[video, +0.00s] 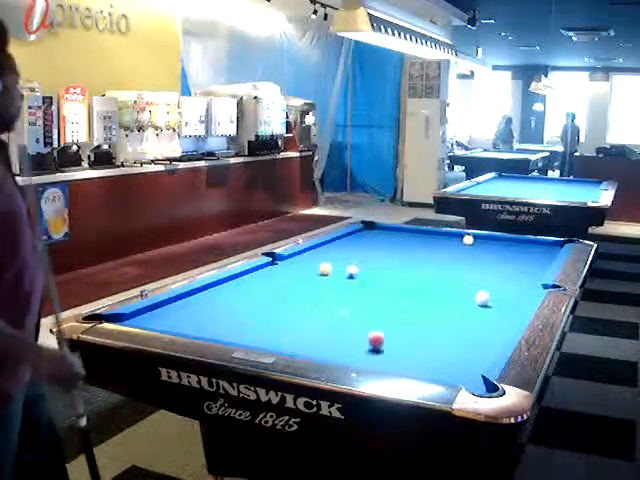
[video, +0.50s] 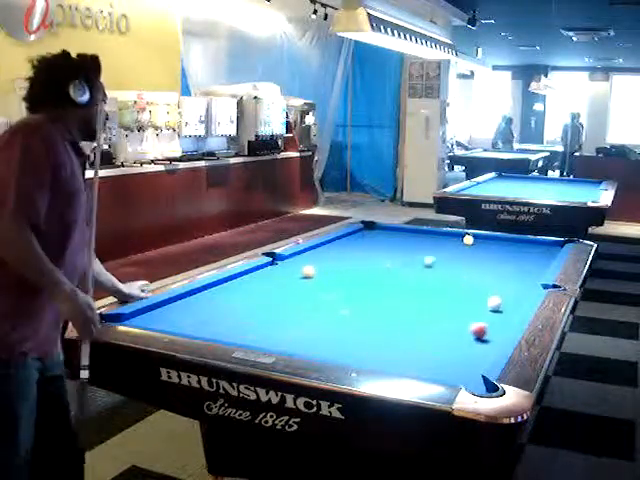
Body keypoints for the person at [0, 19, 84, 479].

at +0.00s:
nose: (16, 88)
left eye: (13, 76)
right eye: (8, 77)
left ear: (14, 85)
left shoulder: (6, 160)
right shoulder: (2, 169)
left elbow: (18, 237)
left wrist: (37, 269)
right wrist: (34, 358)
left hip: (21, 377)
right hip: (1, 387)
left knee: (47, 460)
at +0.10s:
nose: (35, 93)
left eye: (31, 79)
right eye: (23, 80)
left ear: (19, 91)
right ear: (3, 92)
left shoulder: (14, 165)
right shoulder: (6, 171)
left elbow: (17, 260)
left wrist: (43, 293)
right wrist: (44, 343)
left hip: (27, 370)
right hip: (6, 381)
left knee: (53, 464)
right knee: (12, 472)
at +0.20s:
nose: (54, 101)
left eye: (50, 87)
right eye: (43, 88)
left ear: (31, 95)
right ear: (18, 95)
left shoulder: (28, 161)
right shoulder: (10, 167)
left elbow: (23, 253)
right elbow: (3, 282)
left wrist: (64, 280)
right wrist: (52, 339)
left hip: (33, 362)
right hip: (10, 374)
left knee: (59, 451)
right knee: (14, 469)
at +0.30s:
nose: (79, 104)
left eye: (76, 90)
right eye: (71, 90)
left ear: (37, 94)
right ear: (48, 94)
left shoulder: (40, 155)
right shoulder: (19, 161)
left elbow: (34, 255)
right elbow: (11, 272)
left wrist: (82, 280)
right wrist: (62, 324)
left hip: (38, 355)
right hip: (15, 365)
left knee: (56, 461)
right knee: (19, 467)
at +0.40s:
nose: (94, 107)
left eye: (93, 94)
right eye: (89, 93)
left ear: (51, 94)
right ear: (69, 94)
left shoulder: (52, 149)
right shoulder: (28, 146)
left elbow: (51, 241)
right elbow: (11, 241)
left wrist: (98, 281)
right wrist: (69, 307)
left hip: (40, 340)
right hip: (14, 344)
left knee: (53, 451)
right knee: (15, 458)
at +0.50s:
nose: (104, 110)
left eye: (103, 99)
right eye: (99, 97)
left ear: (68, 96)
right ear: (77, 95)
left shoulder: (65, 149)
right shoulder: (32, 139)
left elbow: (68, 244)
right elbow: (12, 234)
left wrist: (118, 289)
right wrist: (66, 294)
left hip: (43, 338)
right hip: (14, 341)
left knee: (61, 454)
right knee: (16, 458)